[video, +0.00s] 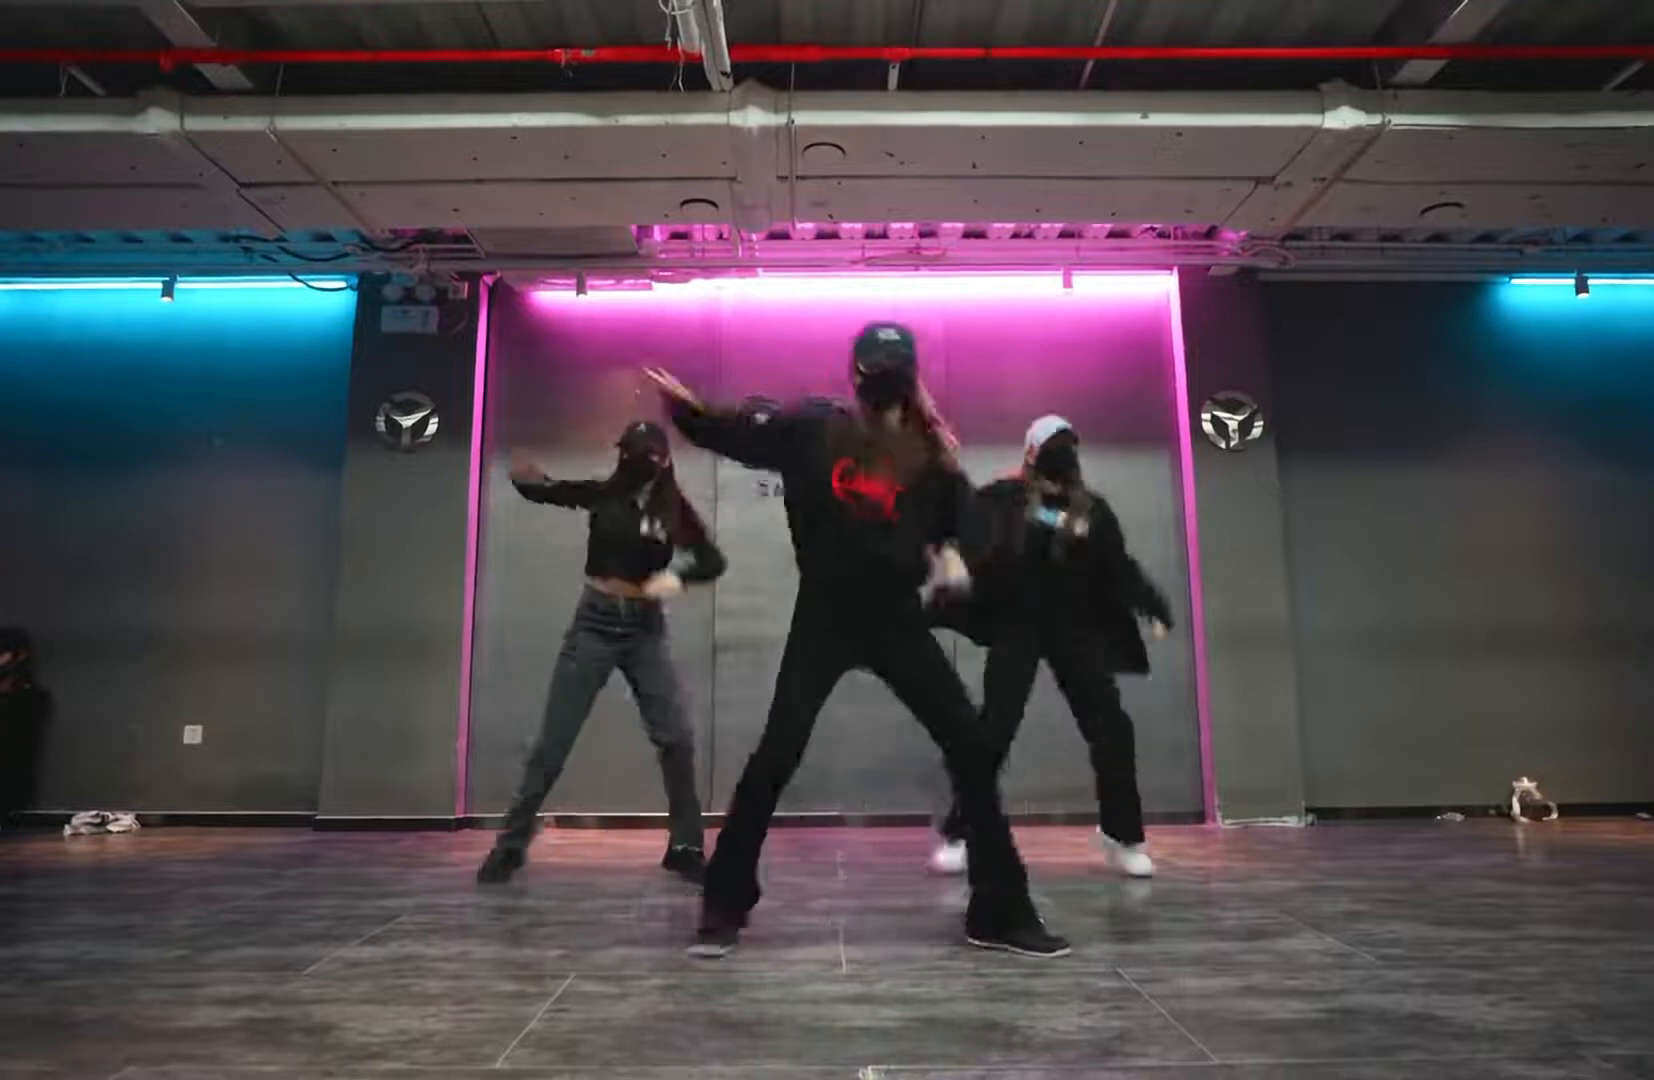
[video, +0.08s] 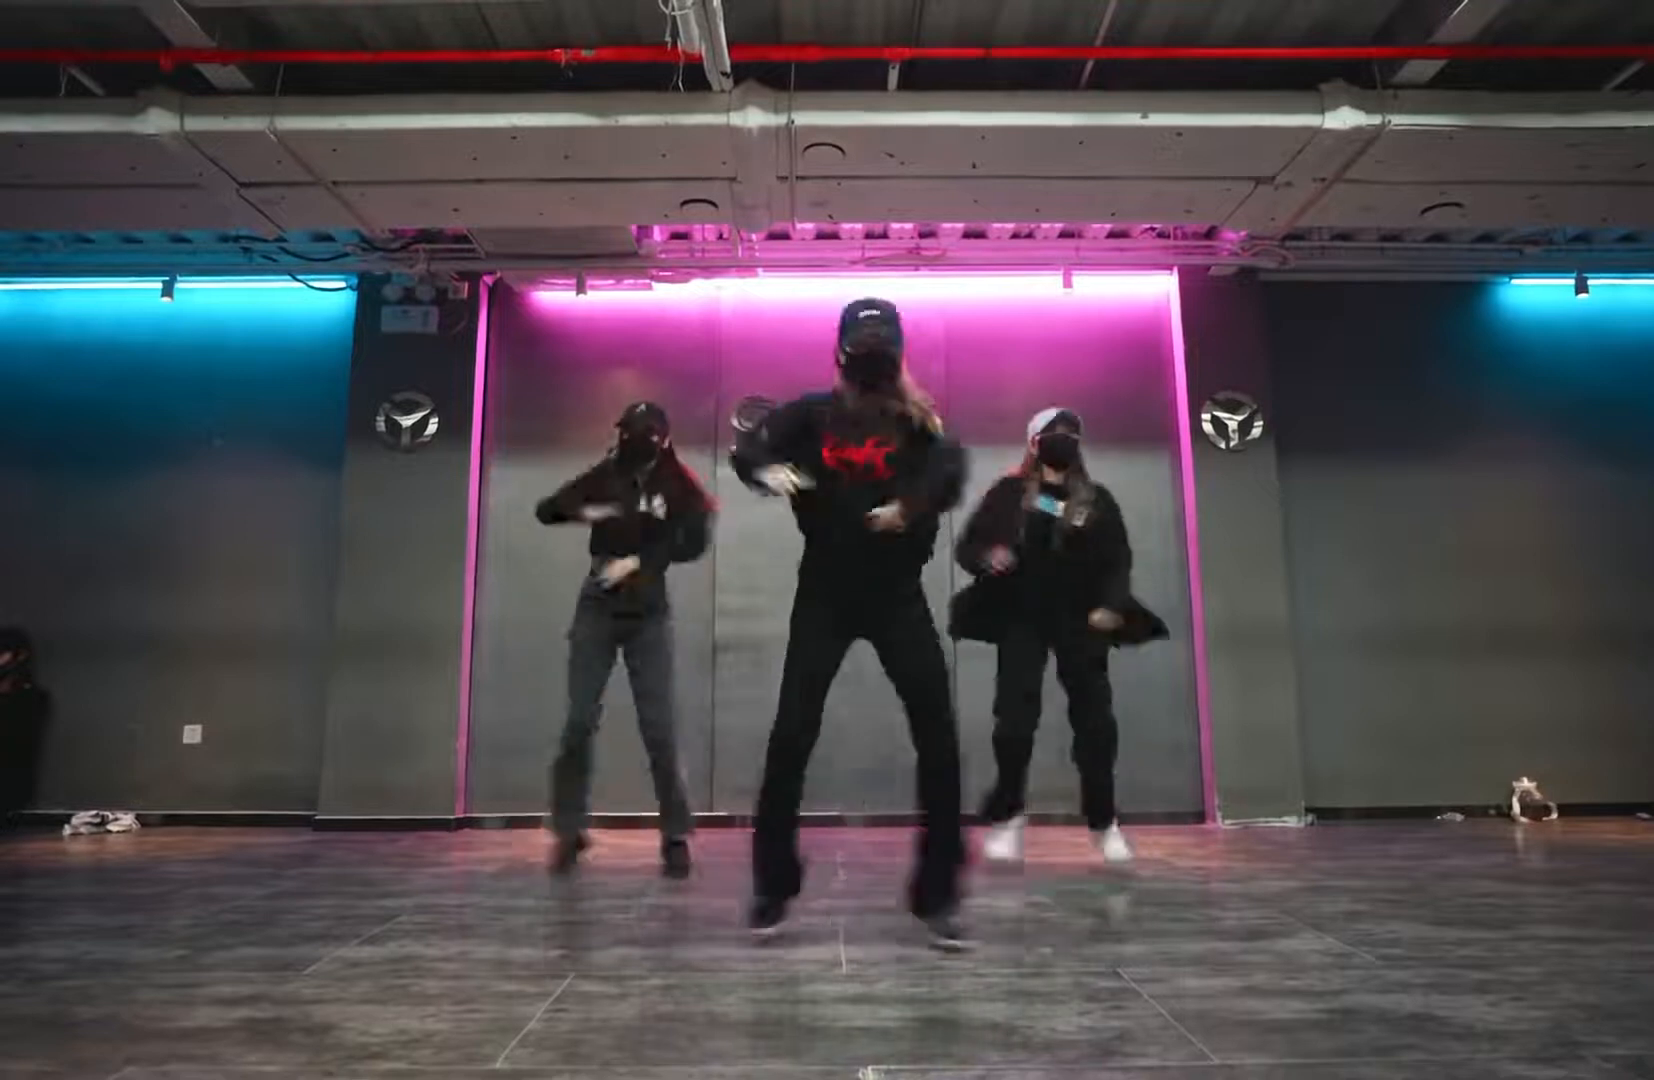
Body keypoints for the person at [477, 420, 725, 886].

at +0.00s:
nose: (641, 466)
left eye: (650, 458)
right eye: (634, 457)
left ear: (663, 461)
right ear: (622, 457)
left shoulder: (672, 505)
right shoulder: (603, 494)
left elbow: (711, 561)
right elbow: (548, 493)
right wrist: (526, 478)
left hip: (645, 629)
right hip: (594, 623)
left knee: (676, 738)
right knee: (551, 746)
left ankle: (685, 848)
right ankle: (509, 849)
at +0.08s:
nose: (633, 447)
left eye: (643, 439)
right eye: (628, 438)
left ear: (662, 440)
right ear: (620, 437)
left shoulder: (679, 482)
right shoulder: (606, 475)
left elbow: (694, 541)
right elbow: (548, 510)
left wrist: (641, 560)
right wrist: (584, 508)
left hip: (649, 608)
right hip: (597, 606)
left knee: (658, 728)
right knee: (580, 721)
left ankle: (675, 838)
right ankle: (568, 833)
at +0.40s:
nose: (639, 451)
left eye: (647, 444)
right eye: (631, 443)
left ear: (659, 447)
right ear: (616, 444)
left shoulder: (669, 489)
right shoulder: (599, 492)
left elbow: (685, 539)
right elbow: (603, 553)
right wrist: (662, 555)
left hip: (659, 617)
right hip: (612, 617)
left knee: (664, 727)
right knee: (611, 726)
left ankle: (675, 840)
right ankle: (649, 812)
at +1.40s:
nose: (560, 459)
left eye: (568, 451)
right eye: (557, 453)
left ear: (589, 459)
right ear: (553, 463)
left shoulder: (614, 494)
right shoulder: (550, 508)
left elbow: (642, 455)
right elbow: (498, 521)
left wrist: (596, 442)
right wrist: (504, 470)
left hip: (612, 625)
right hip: (563, 627)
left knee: (642, 746)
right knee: (505, 728)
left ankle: (673, 845)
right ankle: (502, 841)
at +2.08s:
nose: (634, 410)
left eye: (642, 403)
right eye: (626, 403)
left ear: (658, 405)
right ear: (615, 408)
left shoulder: (678, 442)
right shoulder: (607, 448)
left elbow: (717, 493)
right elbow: (549, 458)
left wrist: (702, 553)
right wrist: (560, 407)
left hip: (670, 572)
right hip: (618, 572)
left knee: (672, 699)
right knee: (622, 700)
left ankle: (680, 809)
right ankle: (640, 803)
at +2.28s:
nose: (638, 458)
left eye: (646, 450)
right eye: (630, 450)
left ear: (659, 454)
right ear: (618, 454)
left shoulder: (675, 504)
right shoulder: (606, 504)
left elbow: (695, 568)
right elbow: (598, 566)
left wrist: (717, 613)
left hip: (665, 619)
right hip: (618, 619)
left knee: (669, 743)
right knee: (604, 740)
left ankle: (696, 836)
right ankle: (646, 822)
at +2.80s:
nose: (542, 475)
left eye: (553, 466)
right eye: (537, 465)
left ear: (576, 470)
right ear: (531, 467)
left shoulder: (597, 524)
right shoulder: (513, 518)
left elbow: (615, 587)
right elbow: (473, 578)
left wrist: (625, 640)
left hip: (586, 644)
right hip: (526, 643)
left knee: (624, 725)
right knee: (475, 740)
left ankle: (635, 838)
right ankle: (458, 846)